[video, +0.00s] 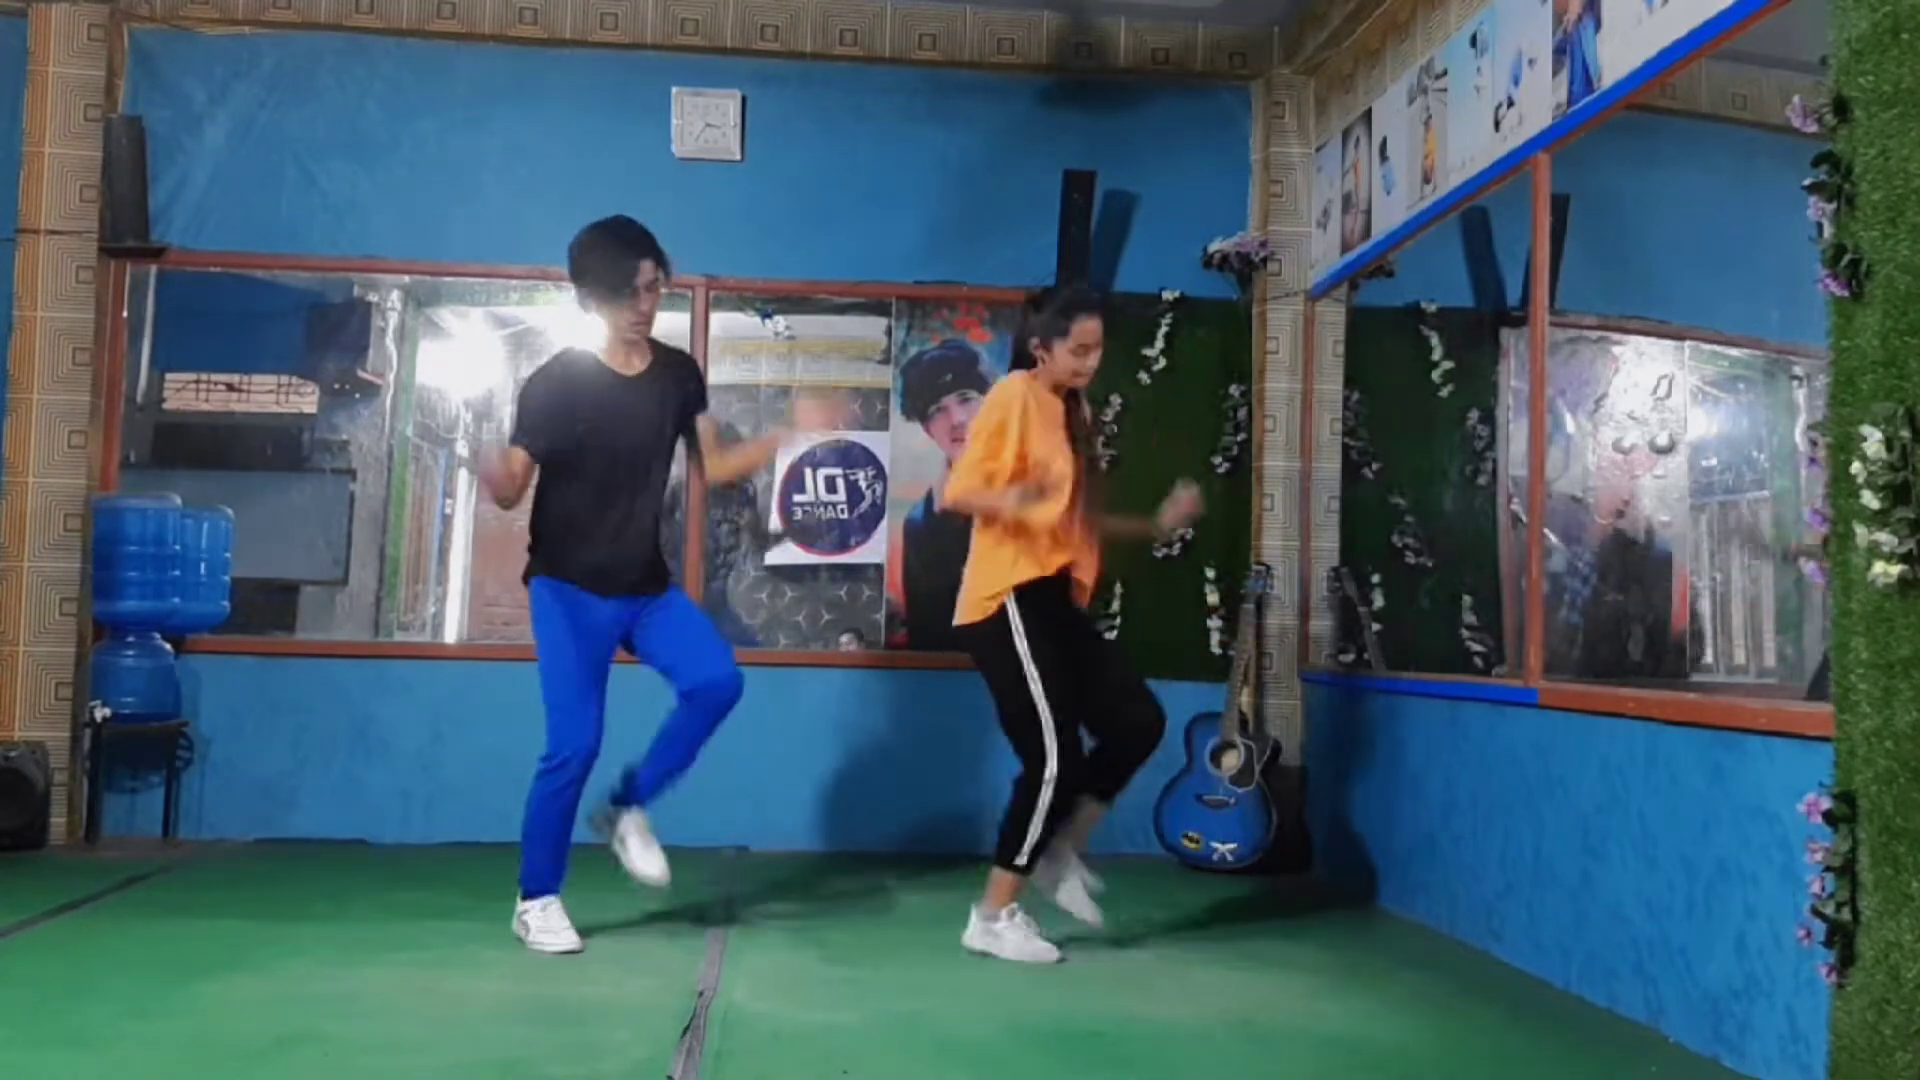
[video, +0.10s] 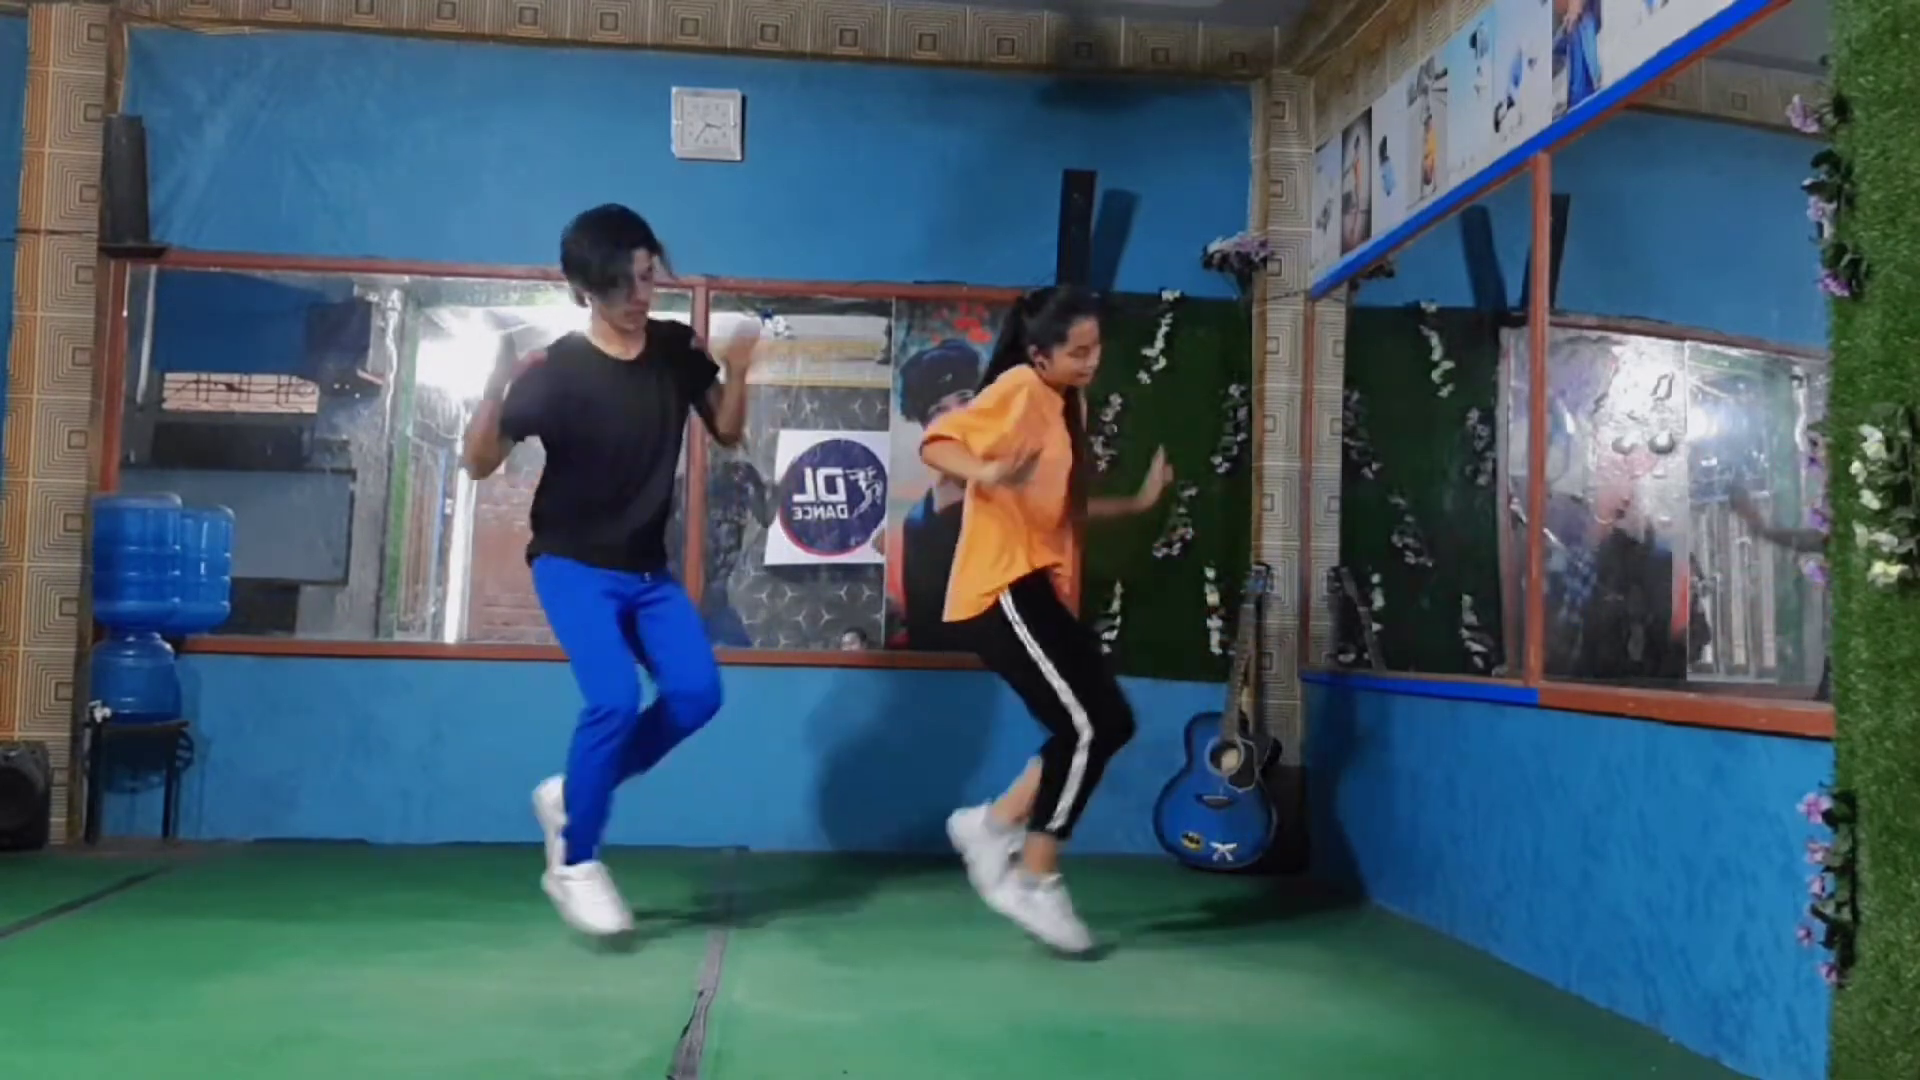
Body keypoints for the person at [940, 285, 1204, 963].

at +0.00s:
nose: (1090, 361)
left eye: (1097, 349)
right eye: (1079, 349)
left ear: (1101, 350)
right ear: (1041, 347)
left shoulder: (1068, 412)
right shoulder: (1014, 397)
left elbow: (1073, 520)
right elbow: (958, 491)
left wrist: (1155, 527)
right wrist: (1017, 500)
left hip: (1052, 596)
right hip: (1006, 600)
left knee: (1139, 725)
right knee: (1054, 756)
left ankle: (1059, 850)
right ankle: (994, 913)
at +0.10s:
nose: (1091, 361)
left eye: (1095, 348)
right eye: (1079, 351)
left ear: (1093, 347)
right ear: (1041, 349)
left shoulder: (1055, 406)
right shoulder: (1019, 389)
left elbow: (1059, 508)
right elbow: (936, 447)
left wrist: (1137, 504)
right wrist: (985, 471)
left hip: (1034, 585)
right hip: (1002, 589)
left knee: (1106, 722)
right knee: (1088, 724)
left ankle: (994, 825)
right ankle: (1033, 880)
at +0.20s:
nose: (1083, 371)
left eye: (1087, 359)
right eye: (1071, 361)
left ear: (1080, 360)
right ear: (1031, 363)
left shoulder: (1049, 421)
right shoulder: (1010, 411)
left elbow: (1046, 536)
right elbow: (935, 471)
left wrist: (1108, 577)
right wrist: (931, 552)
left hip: (1018, 605)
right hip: (997, 607)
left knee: (1034, 764)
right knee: (1088, 739)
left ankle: (933, 893)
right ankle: (1123, 906)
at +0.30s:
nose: (1067, 384)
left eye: (1072, 370)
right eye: (1054, 370)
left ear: (1075, 374)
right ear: (1017, 374)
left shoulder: (1042, 442)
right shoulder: (991, 431)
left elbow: (1041, 561)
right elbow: (927, 519)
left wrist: (1117, 592)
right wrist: (909, 590)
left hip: (1016, 625)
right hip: (986, 626)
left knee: (1027, 783)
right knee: (1097, 742)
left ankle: (927, 902)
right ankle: (1124, 906)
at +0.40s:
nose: (1051, 363)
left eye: (1061, 353)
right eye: (1039, 350)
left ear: (1070, 361)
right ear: (1008, 351)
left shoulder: (1063, 429)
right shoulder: (963, 421)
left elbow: (1082, 532)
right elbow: (900, 500)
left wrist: (1144, 520)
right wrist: (894, 531)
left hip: (1027, 605)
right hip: (974, 605)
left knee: (1021, 760)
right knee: (1087, 696)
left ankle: (928, 898)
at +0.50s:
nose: (1030, 326)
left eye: (1045, 319)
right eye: (1022, 311)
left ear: (1062, 332)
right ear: (1001, 314)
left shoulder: (1079, 396)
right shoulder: (957, 380)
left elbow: (1106, 492)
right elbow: (882, 442)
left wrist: (1171, 493)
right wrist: (900, 480)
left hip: (1049, 574)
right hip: (973, 559)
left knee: (1053, 731)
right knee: (1025, 687)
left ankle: (973, 856)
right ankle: (953, 826)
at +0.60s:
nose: (1025, 321)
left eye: (1042, 313)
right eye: (1017, 305)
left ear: (1060, 326)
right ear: (998, 307)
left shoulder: (1082, 392)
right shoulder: (951, 380)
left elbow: (1122, 475)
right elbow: (902, 462)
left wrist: (1180, 519)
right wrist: (913, 486)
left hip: (1051, 573)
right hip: (972, 565)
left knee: (1036, 723)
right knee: (953, 723)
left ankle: (1016, 839)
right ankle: (936, 883)